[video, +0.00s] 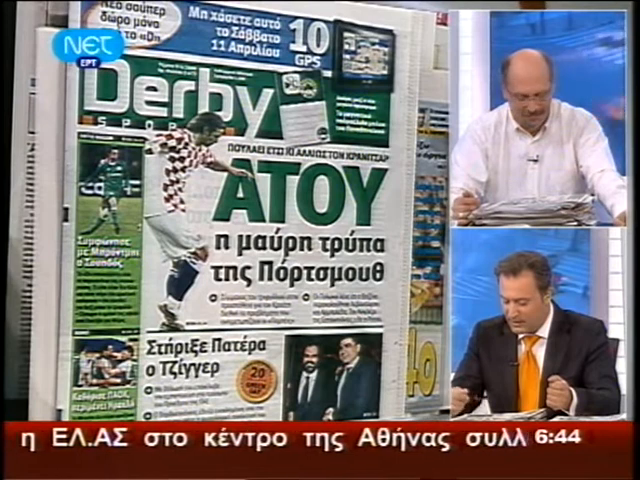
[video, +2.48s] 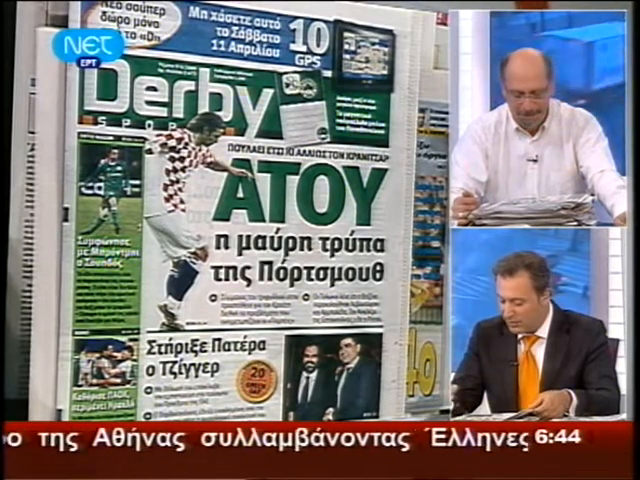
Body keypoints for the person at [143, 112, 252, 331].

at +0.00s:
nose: (215, 141)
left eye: (217, 137)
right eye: (215, 136)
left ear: (207, 132)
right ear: (205, 130)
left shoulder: (199, 150)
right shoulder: (179, 137)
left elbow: (212, 162)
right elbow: (149, 146)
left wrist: (232, 170)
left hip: (166, 209)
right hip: (161, 208)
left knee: (180, 262)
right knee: (200, 251)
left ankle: (170, 317)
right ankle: (172, 304)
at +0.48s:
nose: (215, 141)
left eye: (217, 137)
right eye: (215, 136)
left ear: (207, 132)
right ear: (205, 130)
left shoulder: (199, 150)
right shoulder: (179, 137)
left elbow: (212, 162)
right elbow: (149, 145)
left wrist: (231, 170)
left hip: (165, 209)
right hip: (161, 208)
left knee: (180, 261)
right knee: (200, 251)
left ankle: (170, 317)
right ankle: (172, 304)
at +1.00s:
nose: (215, 141)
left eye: (217, 137)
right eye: (215, 136)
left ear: (207, 132)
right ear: (205, 130)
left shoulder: (199, 150)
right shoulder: (179, 137)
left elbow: (212, 162)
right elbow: (149, 145)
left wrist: (232, 170)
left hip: (165, 209)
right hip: (161, 208)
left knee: (180, 262)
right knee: (200, 251)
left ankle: (171, 317)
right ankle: (172, 304)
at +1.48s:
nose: (215, 141)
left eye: (217, 137)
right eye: (215, 136)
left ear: (207, 132)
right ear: (205, 130)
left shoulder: (199, 150)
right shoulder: (179, 137)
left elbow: (212, 162)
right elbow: (149, 145)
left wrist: (232, 170)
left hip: (165, 209)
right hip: (161, 208)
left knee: (180, 262)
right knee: (200, 251)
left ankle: (170, 317)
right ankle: (172, 304)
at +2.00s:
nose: (215, 141)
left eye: (217, 137)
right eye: (215, 136)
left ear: (207, 132)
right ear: (205, 130)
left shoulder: (199, 150)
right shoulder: (179, 137)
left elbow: (212, 162)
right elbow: (149, 145)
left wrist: (232, 170)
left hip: (165, 209)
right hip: (161, 208)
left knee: (180, 262)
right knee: (200, 251)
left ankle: (170, 317)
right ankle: (172, 304)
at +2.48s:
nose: (215, 141)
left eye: (217, 137)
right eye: (215, 136)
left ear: (207, 132)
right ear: (205, 130)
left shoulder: (199, 150)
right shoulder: (179, 137)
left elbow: (212, 162)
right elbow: (149, 145)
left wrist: (232, 170)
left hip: (165, 209)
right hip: (161, 208)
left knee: (180, 262)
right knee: (200, 251)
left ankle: (171, 317)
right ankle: (172, 304)